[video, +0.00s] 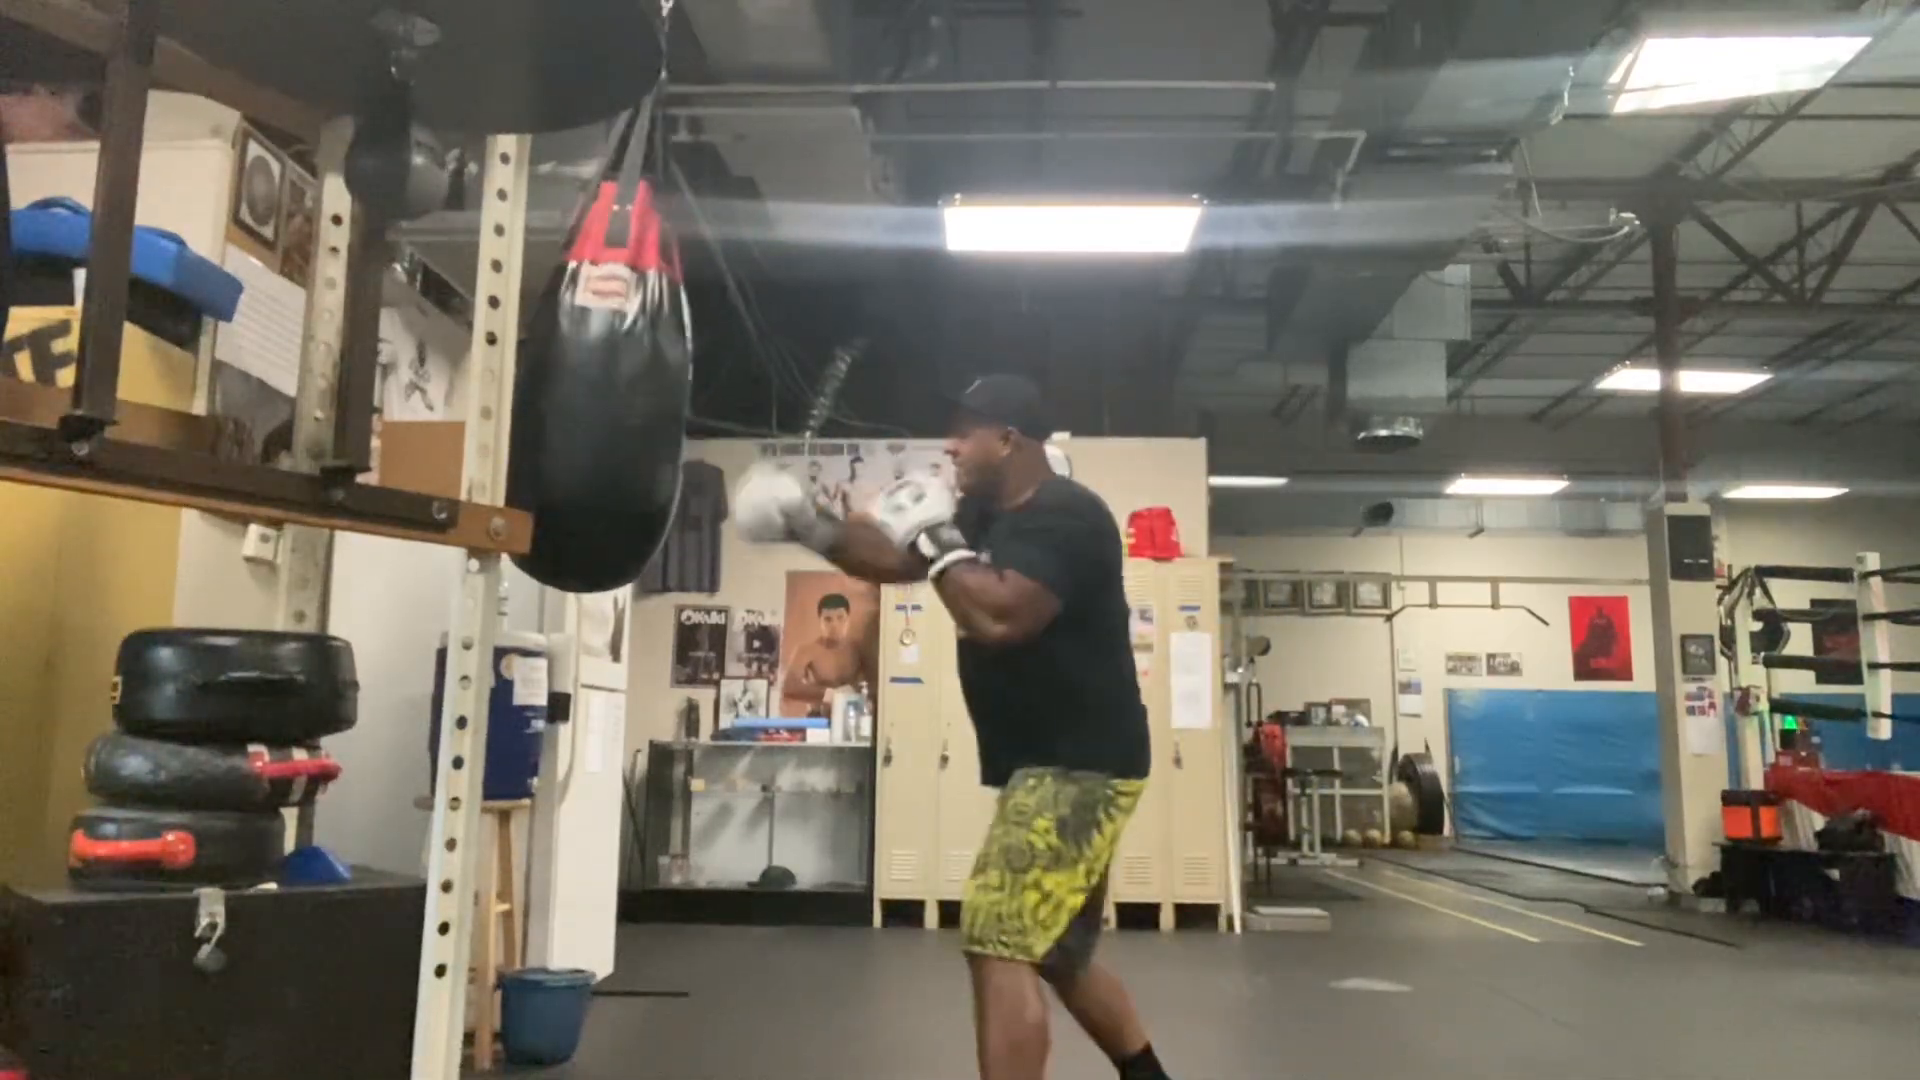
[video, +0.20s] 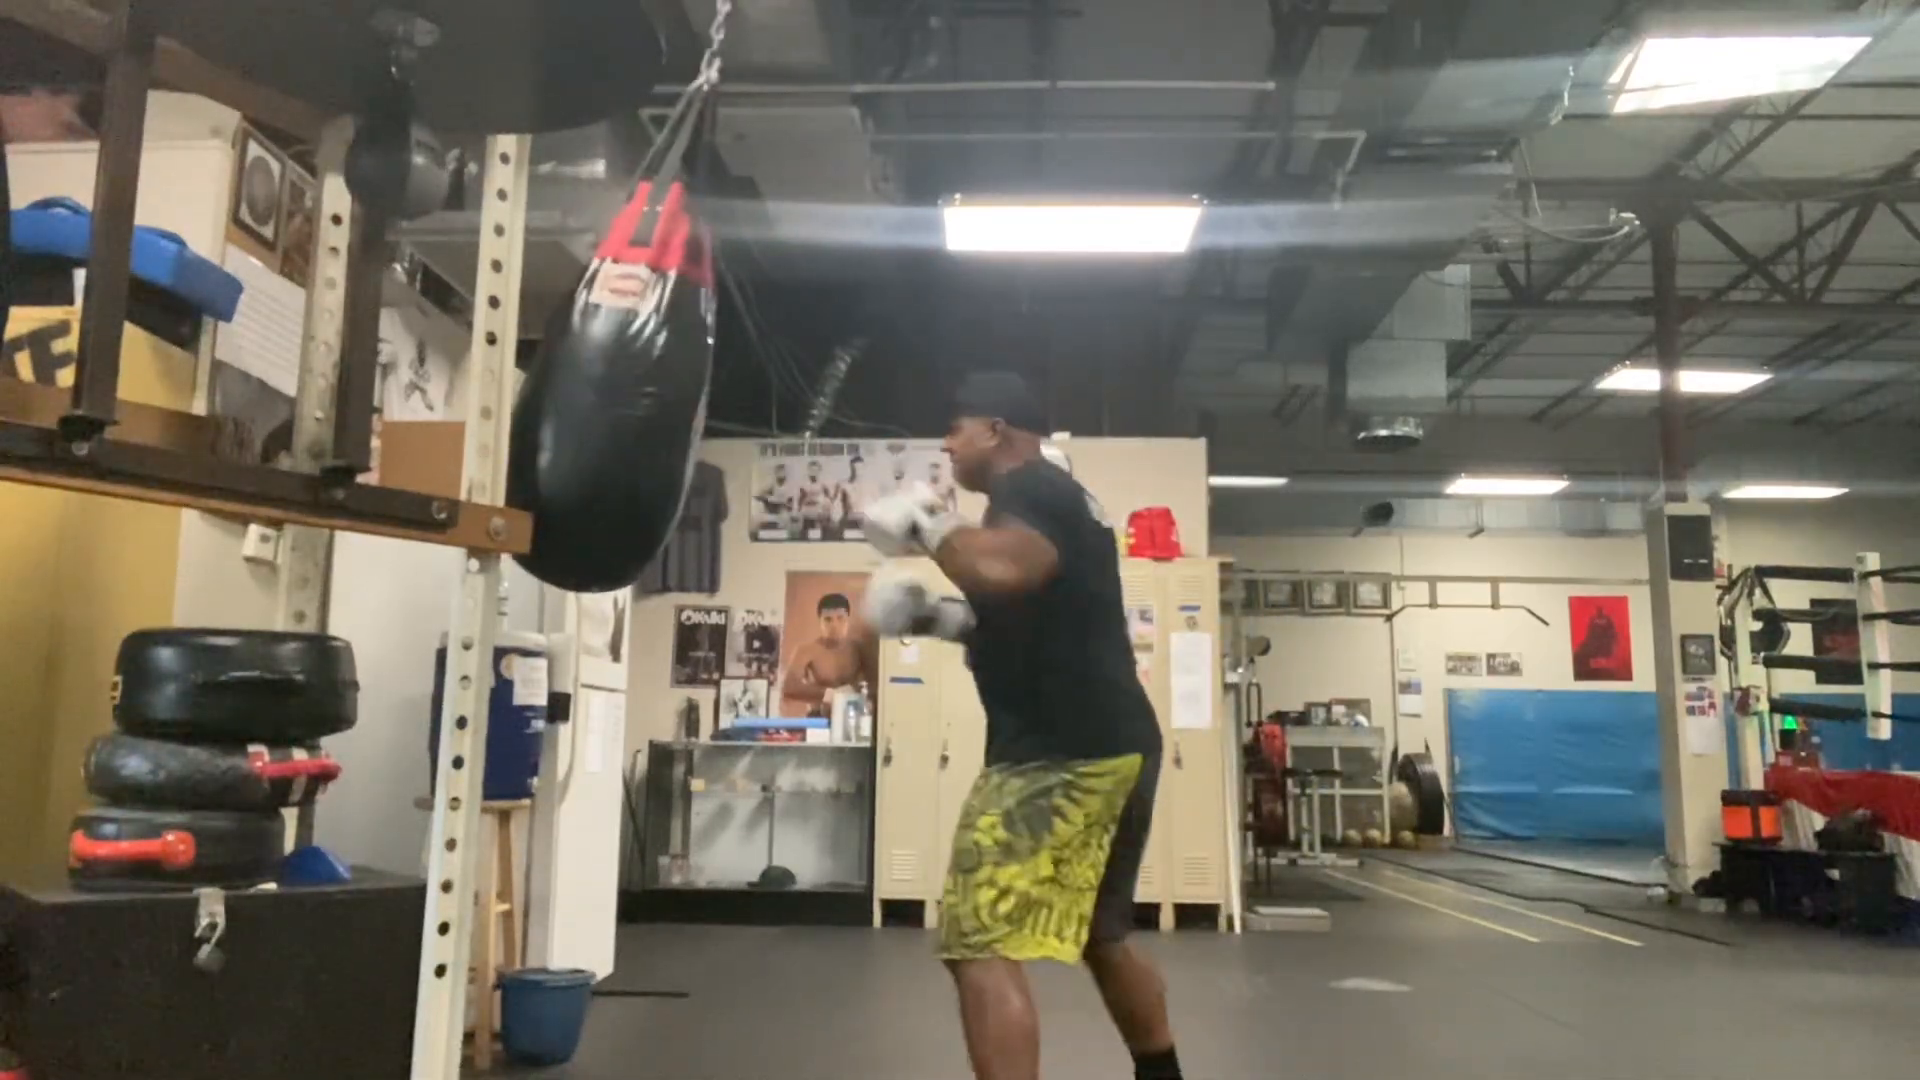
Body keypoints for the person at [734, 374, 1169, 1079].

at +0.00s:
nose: (951, 450)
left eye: (965, 435)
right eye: (952, 436)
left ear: (1012, 439)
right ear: (1006, 443)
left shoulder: (1070, 516)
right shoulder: (983, 514)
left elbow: (999, 617)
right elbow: (895, 557)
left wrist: (936, 539)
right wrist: (812, 523)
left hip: (1081, 763)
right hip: (1040, 764)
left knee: (997, 931)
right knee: (1062, 953)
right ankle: (1148, 1073)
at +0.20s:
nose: (948, 443)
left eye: (956, 428)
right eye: (950, 429)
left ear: (998, 430)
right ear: (1013, 435)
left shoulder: (1031, 488)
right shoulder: (1064, 500)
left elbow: (1007, 567)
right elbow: (1038, 629)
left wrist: (931, 526)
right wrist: (943, 619)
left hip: (1053, 746)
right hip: (1117, 742)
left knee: (977, 939)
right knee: (1103, 932)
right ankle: (1161, 1073)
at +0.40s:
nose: (949, 443)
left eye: (959, 426)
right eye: (949, 428)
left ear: (1003, 427)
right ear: (1023, 431)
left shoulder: (1007, 497)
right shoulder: (1078, 498)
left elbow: (907, 570)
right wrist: (927, 526)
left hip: (1058, 757)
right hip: (1112, 749)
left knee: (994, 962)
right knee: (1109, 945)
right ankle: (1167, 1073)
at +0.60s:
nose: (956, 445)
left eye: (970, 430)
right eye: (958, 430)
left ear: (1019, 434)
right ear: (1017, 437)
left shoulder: (1068, 502)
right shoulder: (1010, 508)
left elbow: (1017, 595)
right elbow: (934, 556)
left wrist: (947, 534)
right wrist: (841, 534)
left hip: (1080, 757)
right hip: (1084, 756)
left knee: (1010, 948)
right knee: (1090, 939)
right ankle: (1174, 1070)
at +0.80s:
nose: (966, 423)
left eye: (975, 408)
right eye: (966, 409)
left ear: (1020, 410)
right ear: (1031, 412)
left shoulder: (1033, 482)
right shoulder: (1092, 473)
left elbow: (915, 561)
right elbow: (980, 548)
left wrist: (851, 516)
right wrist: (924, 518)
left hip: (1083, 750)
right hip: (1133, 736)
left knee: (1047, 961)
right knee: (1104, 931)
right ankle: (1183, 1067)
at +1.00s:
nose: (993, 428)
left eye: (1006, 414)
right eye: (994, 414)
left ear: (1057, 416)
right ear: (1045, 419)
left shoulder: (1121, 488)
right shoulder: (1032, 491)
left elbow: (1064, 591)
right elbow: (920, 504)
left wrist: (999, 509)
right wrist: (821, 475)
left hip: (1155, 750)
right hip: (1105, 754)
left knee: (1094, 942)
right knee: (1148, 949)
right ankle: (1206, 1077)